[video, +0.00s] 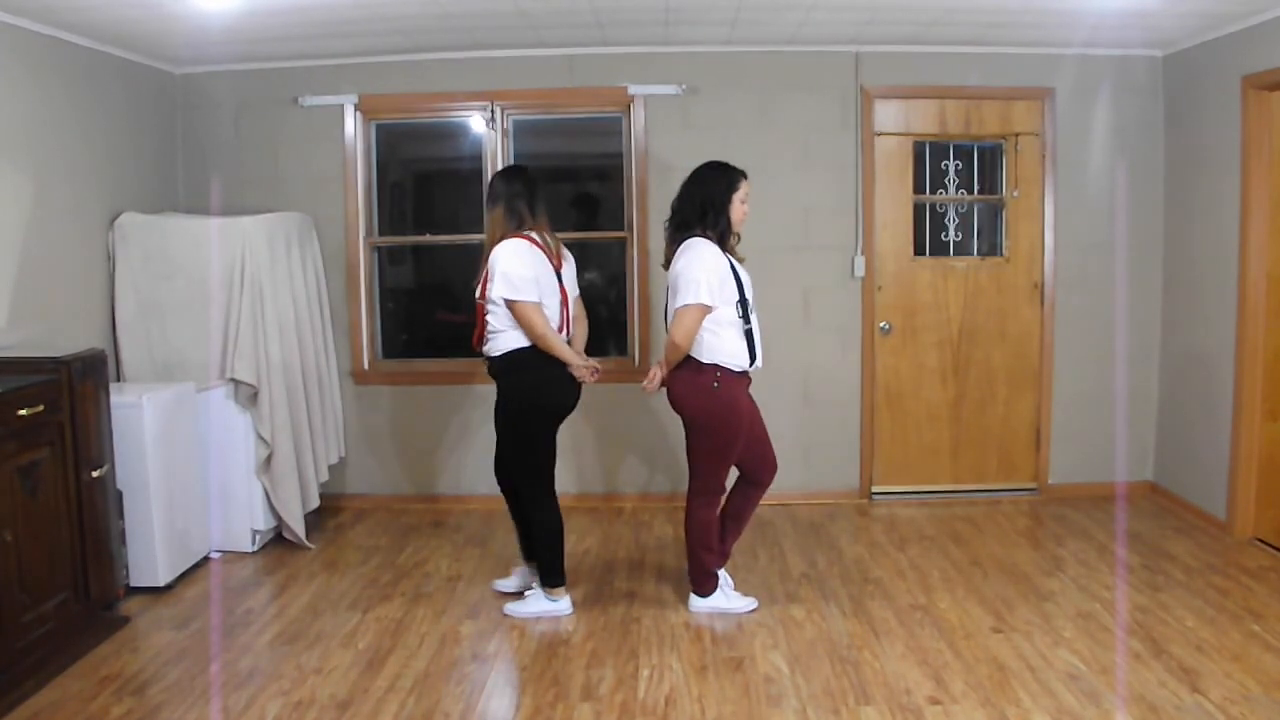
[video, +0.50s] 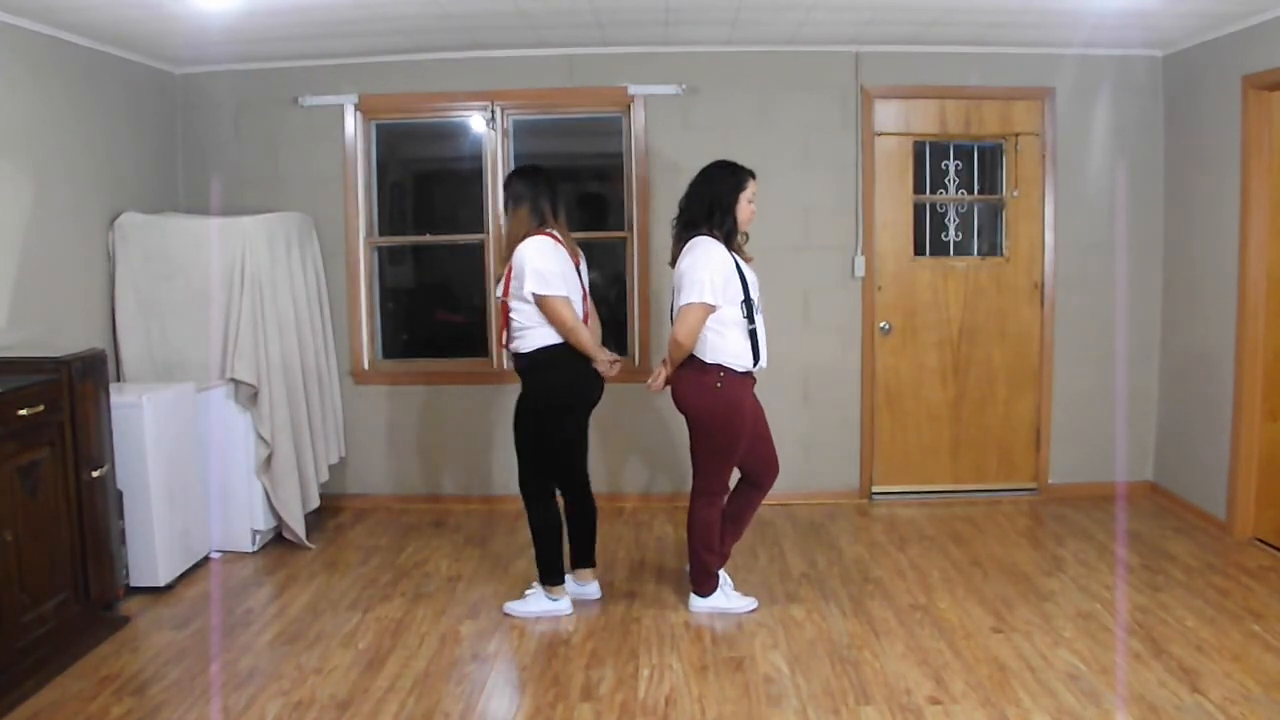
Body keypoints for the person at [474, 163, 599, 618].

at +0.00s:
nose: (489, 211)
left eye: (490, 202)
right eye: (491, 202)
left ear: (500, 205)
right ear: (535, 203)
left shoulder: (508, 253)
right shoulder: (560, 253)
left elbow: (535, 324)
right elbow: (578, 317)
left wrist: (574, 360)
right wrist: (578, 358)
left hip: (526, 375)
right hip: (552, 373)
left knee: (534, 481)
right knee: (510, 471)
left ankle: (554, 591)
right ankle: (534, 566)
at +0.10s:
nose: (492, 211)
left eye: (494, 202)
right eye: (493, 202)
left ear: (505, 205)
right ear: (537, 202)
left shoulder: (513, 251)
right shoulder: (561, 251)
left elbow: (541, 325)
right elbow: (577, 316)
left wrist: (578, 361)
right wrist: (580, 358)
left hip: (528, 375)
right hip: (555, 372)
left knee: (532, 481)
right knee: (518, 472)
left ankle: (552, 592)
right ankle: (558, 563)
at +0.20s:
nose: (495, 210)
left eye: (497, 202)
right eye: (496, 202)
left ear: (509, 205)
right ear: (540, 203)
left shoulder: (518, 251)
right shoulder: (562, 251)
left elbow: (546, 324)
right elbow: (576, 318)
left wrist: (581, 361)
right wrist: (582, 359)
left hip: (529, 374)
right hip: (559, 372)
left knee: (532, 487)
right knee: (539, 481)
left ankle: (552, 591)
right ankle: (574, 566)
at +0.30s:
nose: (499, 210)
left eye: (502, 202)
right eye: (500, 202)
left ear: (513, 205)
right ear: (544, 203)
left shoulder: (524, 252)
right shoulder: (561, 250)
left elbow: (552, 322)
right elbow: (577, 317)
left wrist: (587, 360)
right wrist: (586, 359)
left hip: (533, 374)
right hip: (562, 371)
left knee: (534, 485)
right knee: (550, 477)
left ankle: (551, 590)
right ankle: (579, 572)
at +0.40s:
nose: (502, 211)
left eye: (505, 202)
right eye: (503, 202)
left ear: (518, 204)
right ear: (546, 202)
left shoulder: (528, 251)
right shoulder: (563, 248)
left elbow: (558, 319)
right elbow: (582, 315)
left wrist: (592, 357)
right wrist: (592, 357)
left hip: (539, 373)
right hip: (568, 370)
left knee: (536, 484)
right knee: (564, 476)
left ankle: (552, 590)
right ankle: (582, 575)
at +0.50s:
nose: (506, 211)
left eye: (509, 203)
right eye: (508, 203)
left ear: (520, 204)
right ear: (550, 202)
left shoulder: (532, 249)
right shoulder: (569, 248)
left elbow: (563, 319)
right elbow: (589, 315)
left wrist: (600, 357)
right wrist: (597, 357)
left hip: (548, 373)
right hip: (577, 370)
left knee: (535, 483)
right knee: (574, 477)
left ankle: (551, 591)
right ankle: (584, 576)